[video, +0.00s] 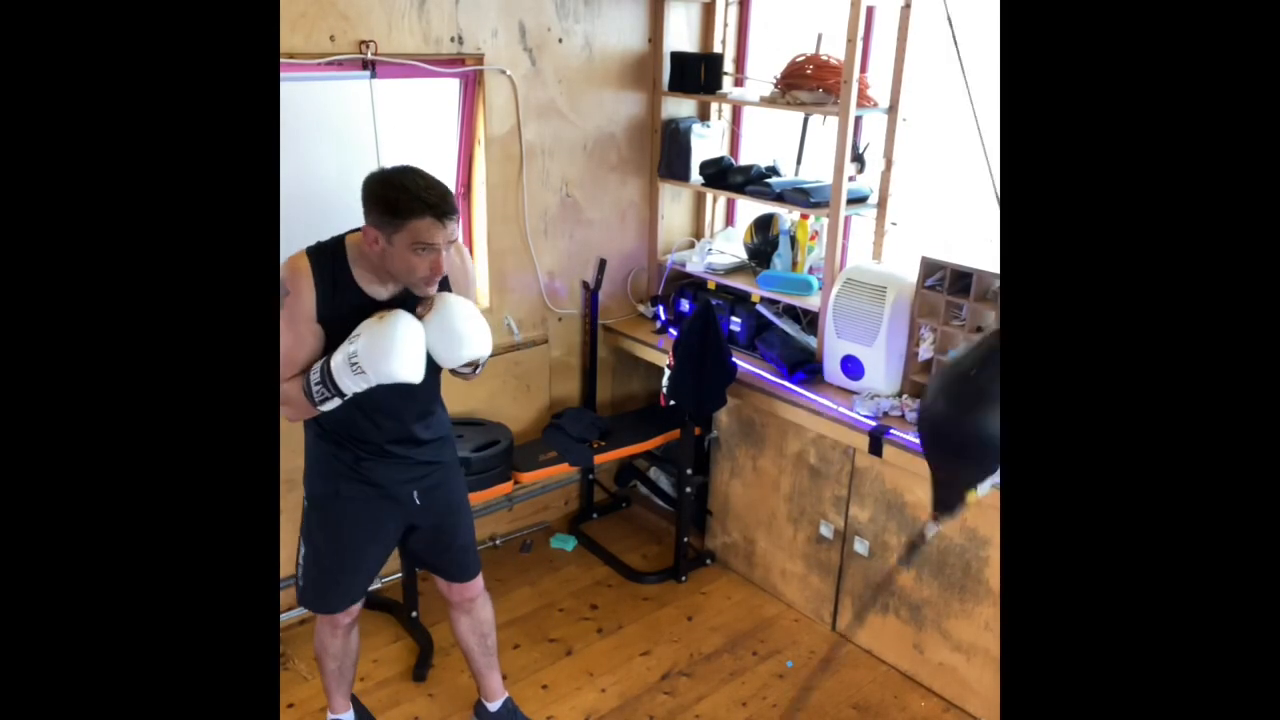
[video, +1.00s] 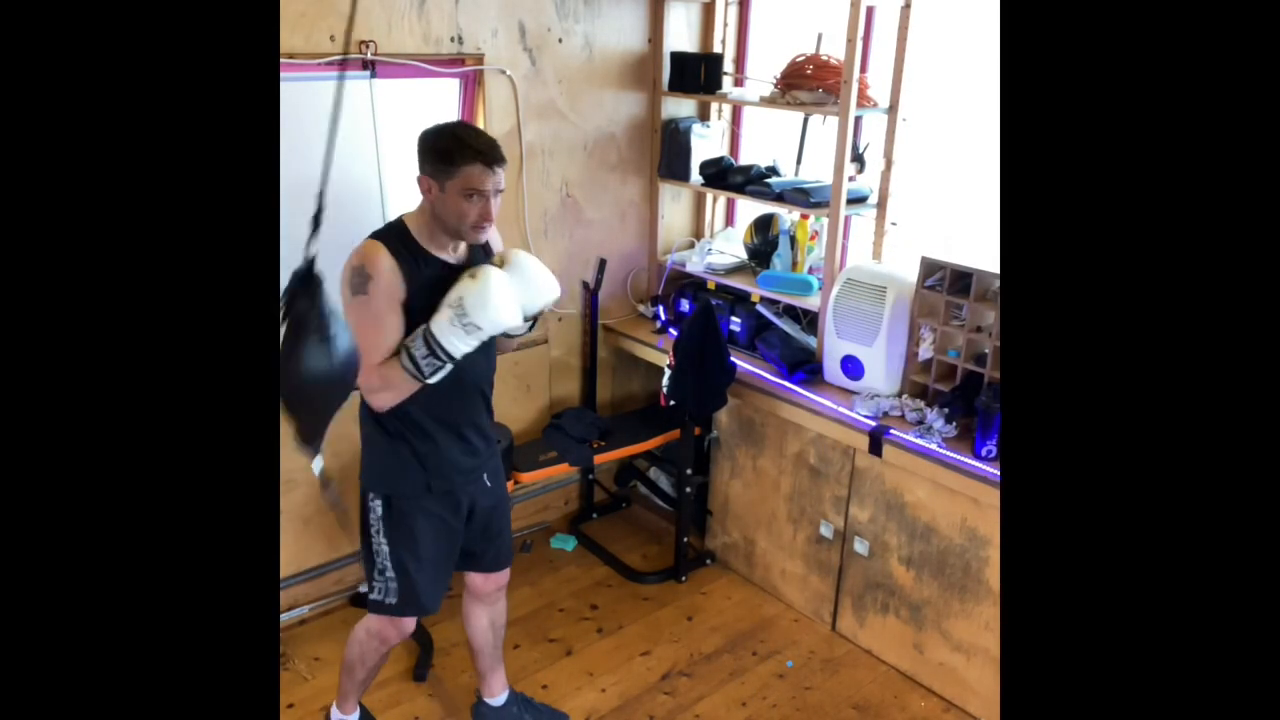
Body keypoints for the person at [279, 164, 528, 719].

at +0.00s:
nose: (441, 263)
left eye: (445, 246)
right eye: (424, 249)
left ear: (452, 237)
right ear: (372, 240)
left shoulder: (448, 263)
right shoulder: (304, 280)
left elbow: (468, 369)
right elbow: (286, 402)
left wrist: (468, 349)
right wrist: (344, 370)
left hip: (431, 460)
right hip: (347, 471)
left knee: (467, 587)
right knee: (339, 612)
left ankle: (495, 702)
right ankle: (341, 713)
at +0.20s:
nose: (383, 247)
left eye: (396, 228)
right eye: (364, 229)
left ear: (411, 217)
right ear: (329, 217)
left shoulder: (435, 256)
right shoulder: (296, 263)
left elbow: (477, 361)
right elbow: (281, 369)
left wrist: (427, 339)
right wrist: (304, 370)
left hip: (428, 451)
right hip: (345, 459)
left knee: (468, 587)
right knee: (340, 608)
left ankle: (497, 702)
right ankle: (341, 713)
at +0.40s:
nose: (387, 228)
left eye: (396, 209)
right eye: (366, 212)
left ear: (406, 199)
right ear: (325, 205)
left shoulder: (431, 250)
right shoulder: (295, 257)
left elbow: (470, 360)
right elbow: (290, 359)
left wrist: (411, 394)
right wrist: (293, 348)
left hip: (435, 441)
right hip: (346, 446)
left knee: (475, 588)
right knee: (346, 603)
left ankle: (498, 703)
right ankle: (346, 713)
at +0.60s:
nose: (467, 213)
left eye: (471, 197)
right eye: (456, 196)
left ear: (413, 193)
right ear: (404, 192)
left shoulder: (452, 256)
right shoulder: (343, 258)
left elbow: (476, 323)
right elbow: (373, 373)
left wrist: (482, 384)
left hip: (444, 460)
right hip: (368, 475)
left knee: (475, 593)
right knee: (354, 621)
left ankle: (496, 703)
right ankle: (344, 713)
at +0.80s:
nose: (491, 210)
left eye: (496, 195)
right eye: (480, 192)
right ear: (430, 185)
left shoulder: (437, 252)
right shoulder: (407, 254)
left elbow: (450, 336)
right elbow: (489, 353)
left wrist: (505, 328)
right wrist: (588, 315)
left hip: (452, 462)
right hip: (390, 476)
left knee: (478, 582)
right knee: (370, 623)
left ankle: (493, 699)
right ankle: (345, 713)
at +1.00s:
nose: (489, 212)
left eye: (496, 195)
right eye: (472, 195)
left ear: (501, 190)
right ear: (428, 189)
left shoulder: (482, 247)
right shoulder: (376, 262)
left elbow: (501, 340)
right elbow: (377, 389)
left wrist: (524, 311)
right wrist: (451, 329)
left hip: (477, 454)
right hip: (405, 467)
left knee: (490, 579)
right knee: (393, 619)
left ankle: (496, 698)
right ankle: (344, 711)